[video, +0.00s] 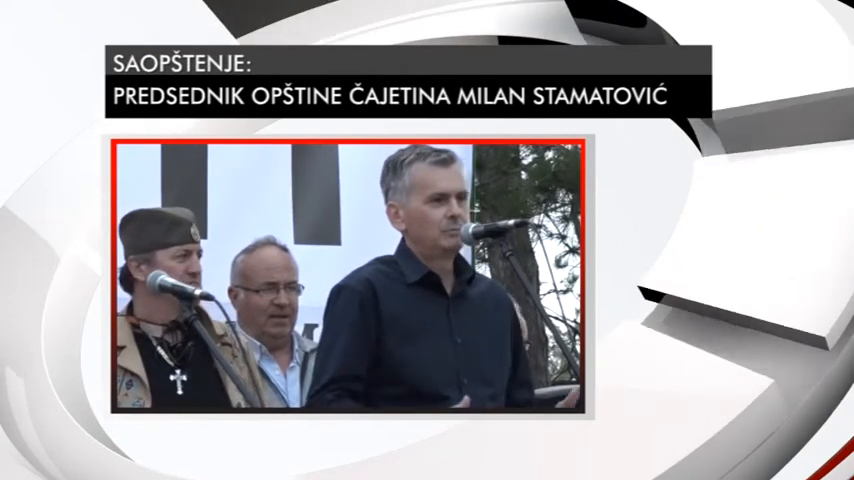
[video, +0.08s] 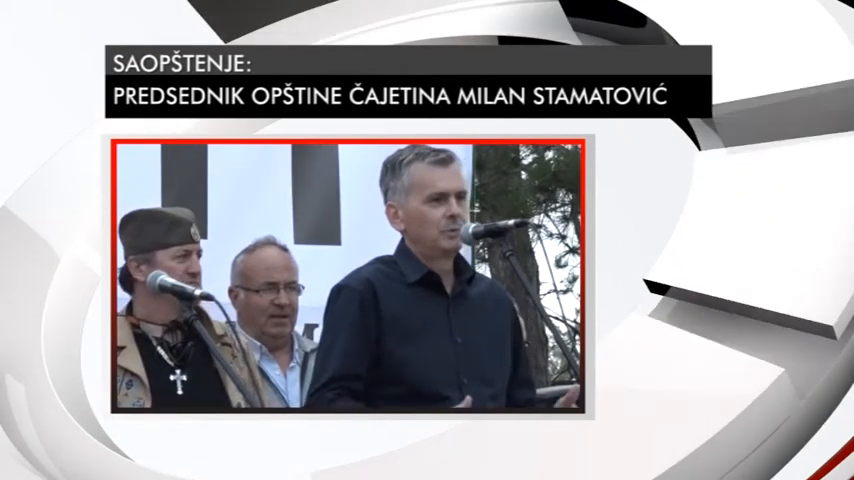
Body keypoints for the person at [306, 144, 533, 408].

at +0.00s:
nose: (455, 212)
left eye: (461, 199)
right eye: (437, 200)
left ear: (469, 204)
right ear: (396, 215)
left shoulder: (495, 301)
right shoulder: (361, 294)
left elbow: (520, 407)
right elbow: (327, 404)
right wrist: (437, 420)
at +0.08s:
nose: (455, 212)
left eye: (460, 198)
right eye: (437, 200)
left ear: (468, 202)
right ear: (397, 216)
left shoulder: (496, 301)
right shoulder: (361, 294)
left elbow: (518, 407)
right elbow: (326, 403)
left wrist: (562, 407)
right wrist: (438, 422)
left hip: (491, 464)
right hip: (399, 464)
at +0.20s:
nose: (456, 211)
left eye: (461, 198)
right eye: (438, 200)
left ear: (468, 201)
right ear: (398, 216)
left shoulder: (496, 301)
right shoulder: (361, 294)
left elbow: (516, 404)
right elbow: (325, 403)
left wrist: (554, 405)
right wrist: (426, 421)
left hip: (491, 466)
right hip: (399, 468)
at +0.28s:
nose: (457, 211)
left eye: (461, 197)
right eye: (438, 199)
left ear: (469, 202)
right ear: (398, 215)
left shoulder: (497, 301)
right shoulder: (361, 294)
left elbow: (517, 405)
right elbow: (331, 403)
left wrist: (558, 406)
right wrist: (422, 418)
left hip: (493, 466)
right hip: (399, 465)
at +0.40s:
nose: (456, 209)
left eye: (460, 196)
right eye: (438, 198)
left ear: (468, 201)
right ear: (397, 215)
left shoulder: (497, 300)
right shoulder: (361, 294)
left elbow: (517, 406)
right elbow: (332, 403)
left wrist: (562, 406)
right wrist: (421, 419)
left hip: (492, 465)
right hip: (400, 465)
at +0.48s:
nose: (456, 210)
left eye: (461, 196)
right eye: (438, 198)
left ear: (468, 202)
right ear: (397, 215)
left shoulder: (496, 299)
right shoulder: (362, 293)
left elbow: (518, 405)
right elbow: (329, 404)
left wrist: (563, 404)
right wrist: (418, 413)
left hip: (493, 467)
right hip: (398, 466)